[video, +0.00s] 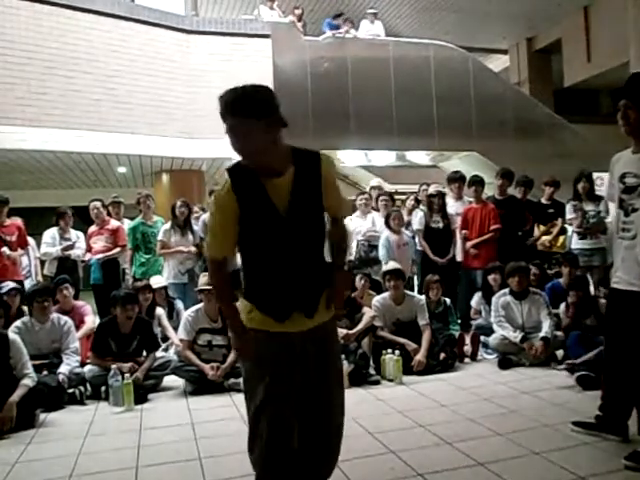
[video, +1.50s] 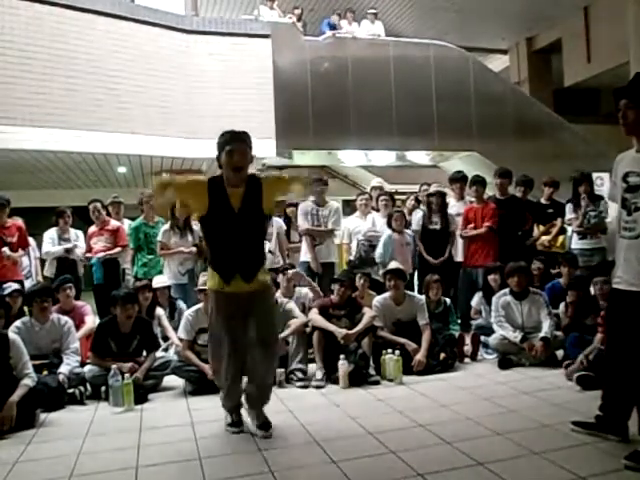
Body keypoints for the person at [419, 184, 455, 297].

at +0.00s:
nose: (437, 201)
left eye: (440, 197)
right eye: (433, 197)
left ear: (443, 200)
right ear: (429, 199)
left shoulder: (448, 217)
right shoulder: (423, 216)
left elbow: (453, 236)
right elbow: (420, 238)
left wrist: (450, 254)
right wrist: (433, 256)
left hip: (447, 259)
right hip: (429, 258)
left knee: (447, 291)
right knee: (428, 290)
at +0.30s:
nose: (438, 199)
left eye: (441, 196)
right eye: (434, 196)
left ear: (444, 199)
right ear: (430, 198)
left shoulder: (448, 217)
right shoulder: (423, 216)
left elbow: (453, 236)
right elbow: (419, 238)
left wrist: (451, 254)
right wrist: (432, 256)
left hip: (447, 259)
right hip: (429, 259)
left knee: (447, 291)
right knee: (428, 291)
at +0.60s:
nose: (435, 201)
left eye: (438, 197)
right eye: (432, 197)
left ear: (442, 200)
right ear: (428, 200)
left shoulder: (448, 217)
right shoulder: (422, 217)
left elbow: (453, 236)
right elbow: (419, 238)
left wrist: (450, 253)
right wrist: (431, 256)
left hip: (446, 260)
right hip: (429, 260)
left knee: (447, 292)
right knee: (428, 291)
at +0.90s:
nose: (432, 204)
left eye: (435, 201)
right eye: (429, 201)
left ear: (439, 202)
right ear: (426, 203)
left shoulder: (446, 217)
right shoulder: (422, 218)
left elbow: (453, 237)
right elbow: (419, 239)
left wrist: (447, 256)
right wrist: (431, 256)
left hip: (446, 260)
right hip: (428, 261)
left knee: (446, 292)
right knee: (427, 291)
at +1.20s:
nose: (433, 201)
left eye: (436, 197)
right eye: (430, 197)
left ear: (440, 200)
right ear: (426, 200)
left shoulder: (448, 217)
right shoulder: (421, 217)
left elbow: (453, 239)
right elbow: (418, 240)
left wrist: (446, 257)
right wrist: (430, 258)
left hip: (445, 261)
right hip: (427, 262)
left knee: (446, 294)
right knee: (426, 294)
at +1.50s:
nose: (435, 200)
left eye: (438, 197)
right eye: (432, 196)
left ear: (443, 200)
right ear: (428, 199)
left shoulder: (449, 218)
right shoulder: (422, 217)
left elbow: (452, 238)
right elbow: (417, 238)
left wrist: (445, 256)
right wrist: (427, 257)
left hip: (444, 261)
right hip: (426, 261)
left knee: (444, 293)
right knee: (425, 293)